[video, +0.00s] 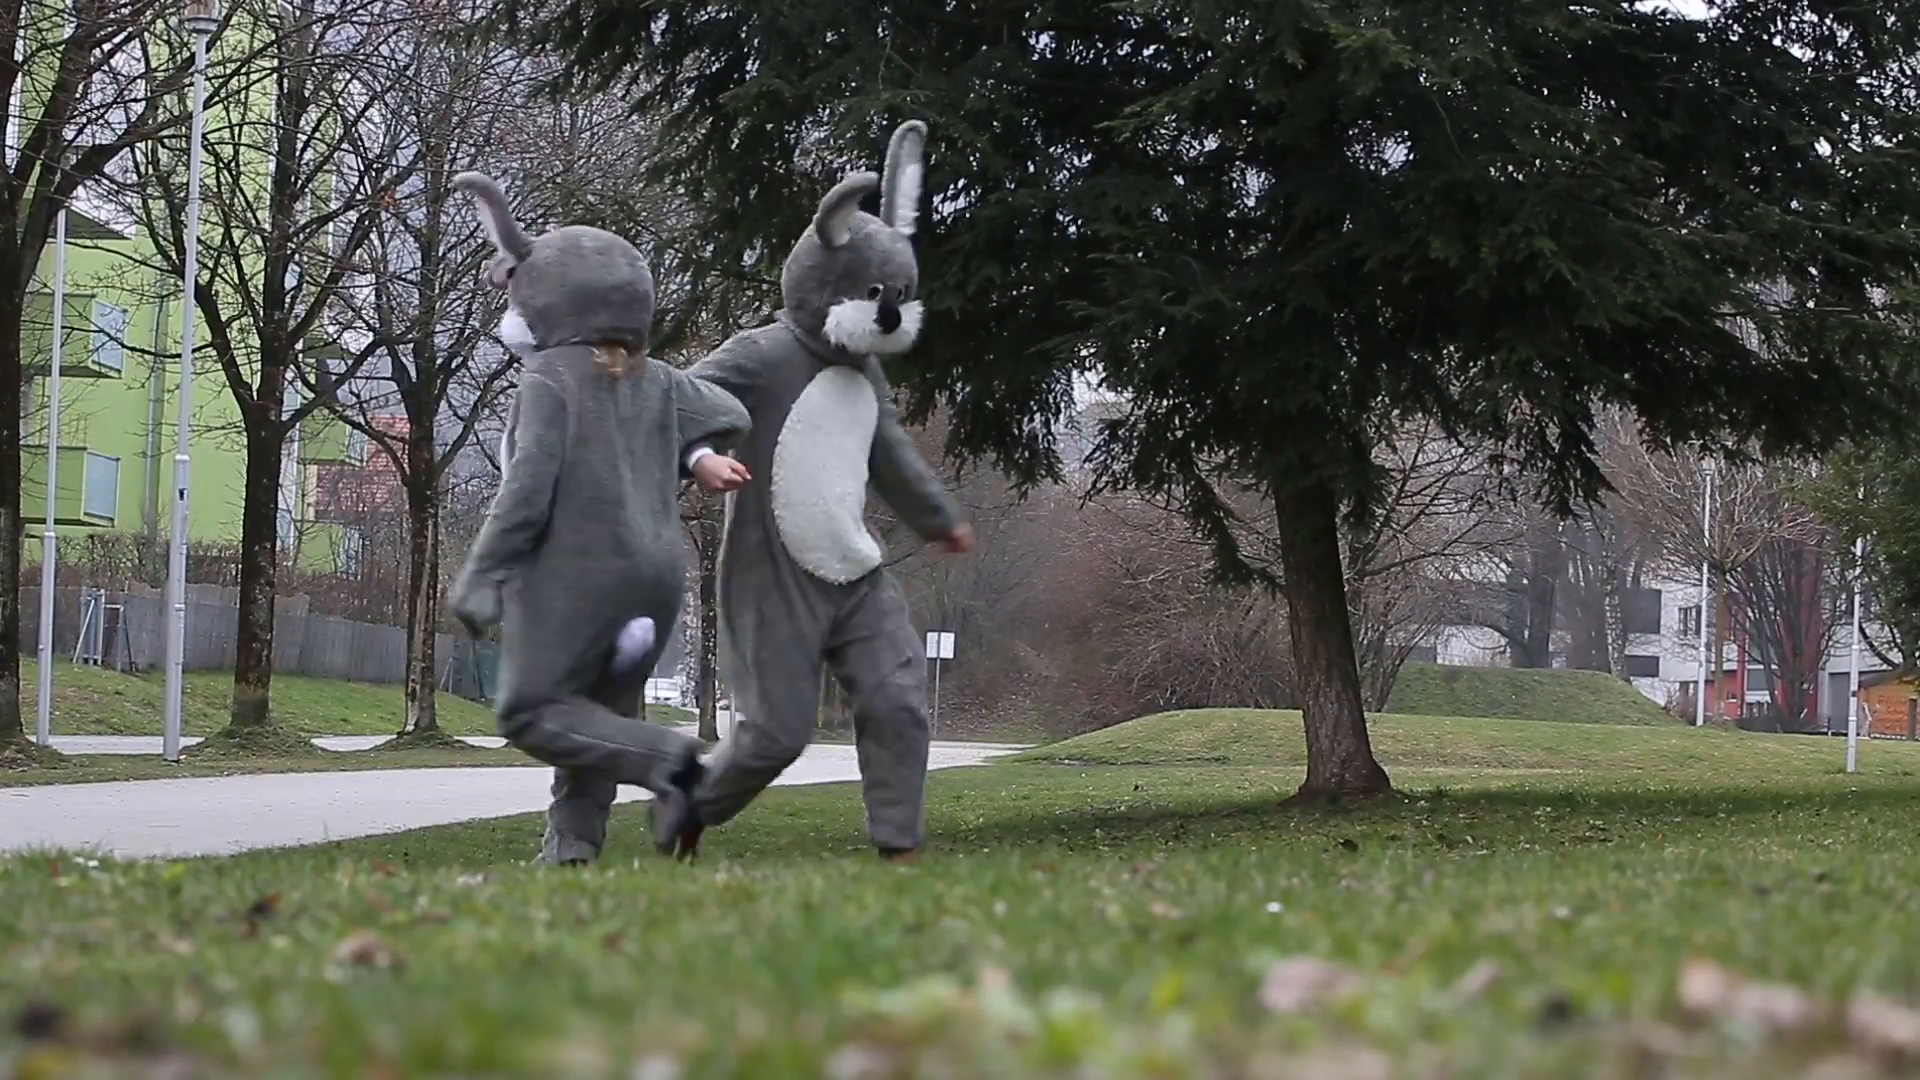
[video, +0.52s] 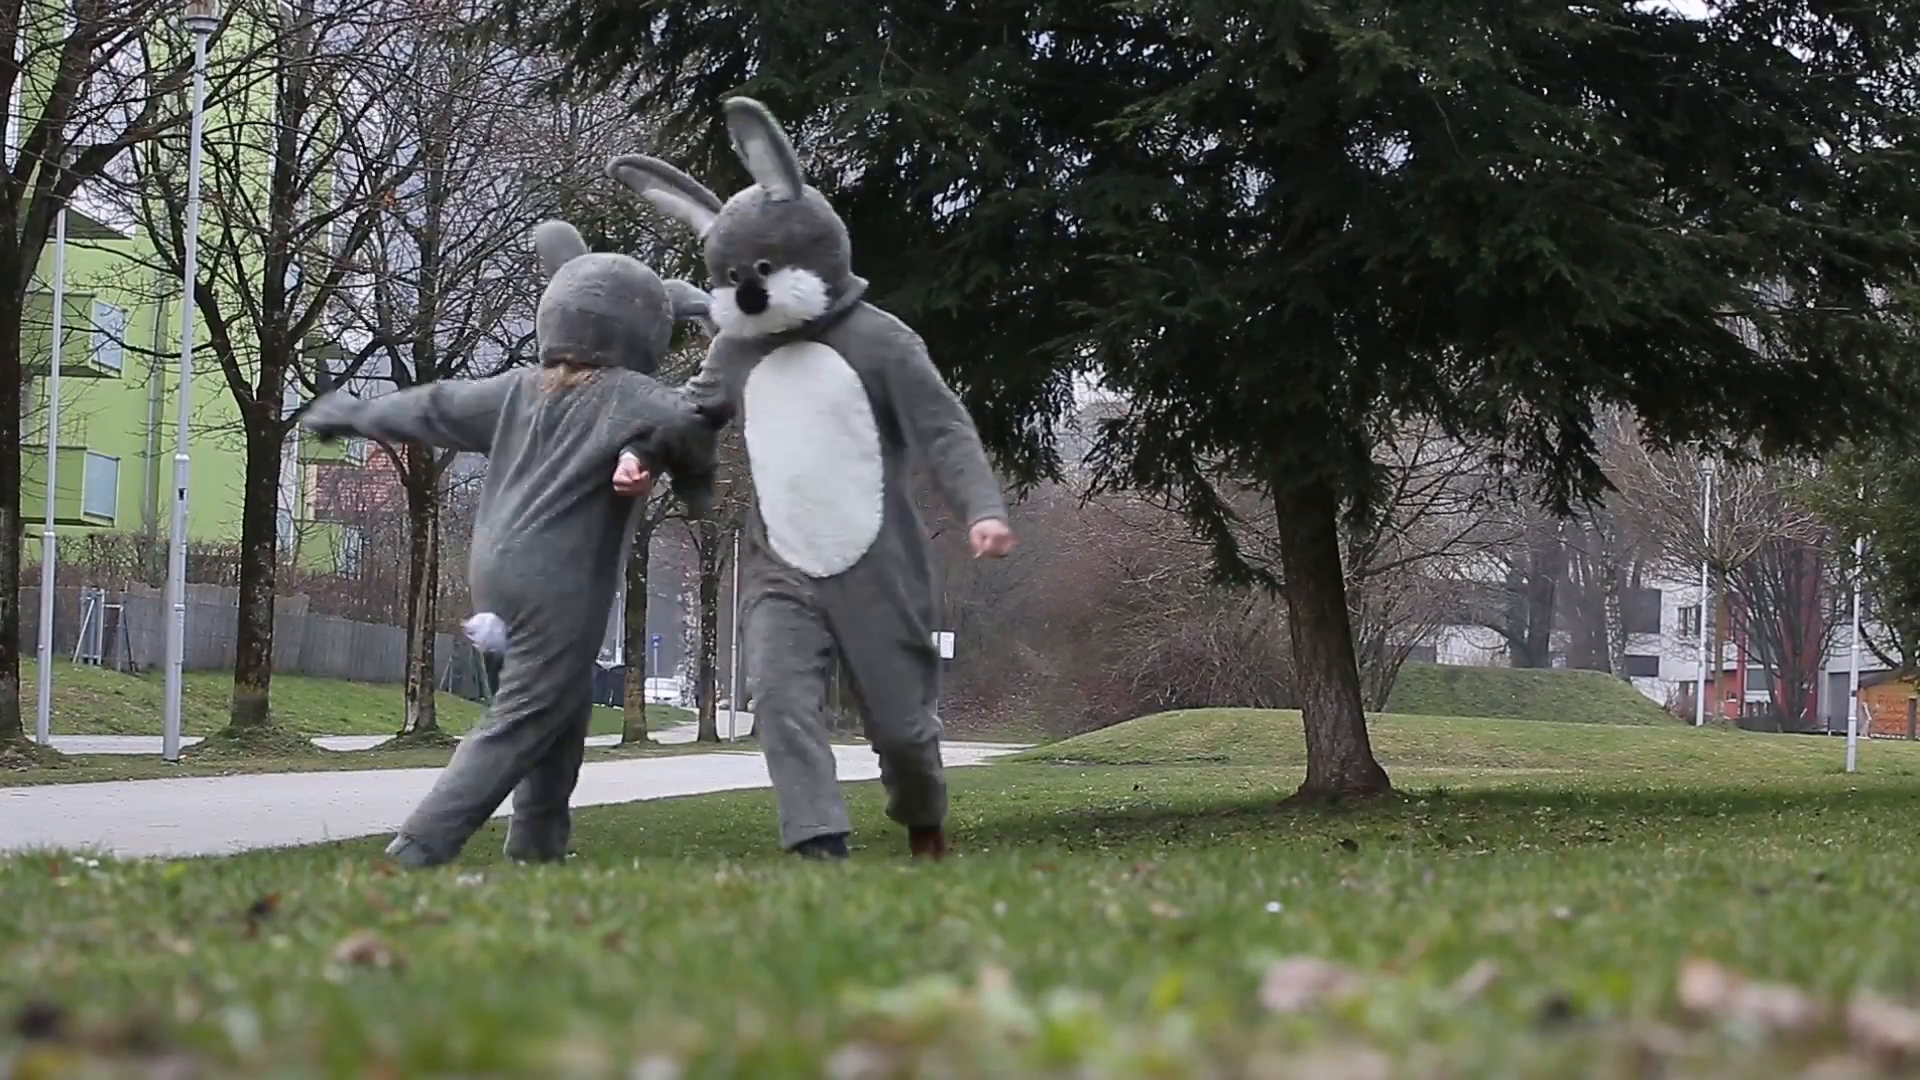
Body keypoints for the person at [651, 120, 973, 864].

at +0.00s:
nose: (880, 320)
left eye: (888, 306)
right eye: (869, 303)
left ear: (884, 306)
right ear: (825, 294)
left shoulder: (864, 380)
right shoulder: (762, 354)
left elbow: (893, 457)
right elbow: (670, 403)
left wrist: (940, 517)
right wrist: (694, 454)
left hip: (857, 572)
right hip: (771, 576)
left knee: (898, 703)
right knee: (776, 735)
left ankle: (898, 845)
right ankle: (685, 814)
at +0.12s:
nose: (895, 286)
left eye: (907, 271)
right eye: (880, 267)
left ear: (914, 269)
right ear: (838, 261)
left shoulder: (914, 345)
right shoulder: (772, 327)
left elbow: (979, 404)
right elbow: (681, 374)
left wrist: (1072, 441)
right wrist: (687, 419)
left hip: (879, 549)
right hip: (793, 545)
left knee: (900, 695)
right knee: (834, 680)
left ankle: (895, 839)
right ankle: (790, 767)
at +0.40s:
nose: (817, 283)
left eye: (837, 264)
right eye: (797, 268)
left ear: (870, 257)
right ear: (775, 269)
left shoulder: (915, 330)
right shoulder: (762, 339)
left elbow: (990, 398)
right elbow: (697, 395)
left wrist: (1050, 459)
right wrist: (653, 431)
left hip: (906, 554)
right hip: (809, 555)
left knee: (918, 703)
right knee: (816, 682)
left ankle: (919, 845)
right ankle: (825, 827)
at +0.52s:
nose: (760, 291)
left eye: (776, 269)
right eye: (743, 277)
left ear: (817, 260)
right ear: (728, 279)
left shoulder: (877, 338)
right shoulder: (734, 353)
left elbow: (941, 425)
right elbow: (691, 418)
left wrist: (983, 507)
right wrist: (647, 453)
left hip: (874, 563)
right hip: (778, 567)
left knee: (903, 729)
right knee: (781, 701)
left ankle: (924, 823)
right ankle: (818, 847)